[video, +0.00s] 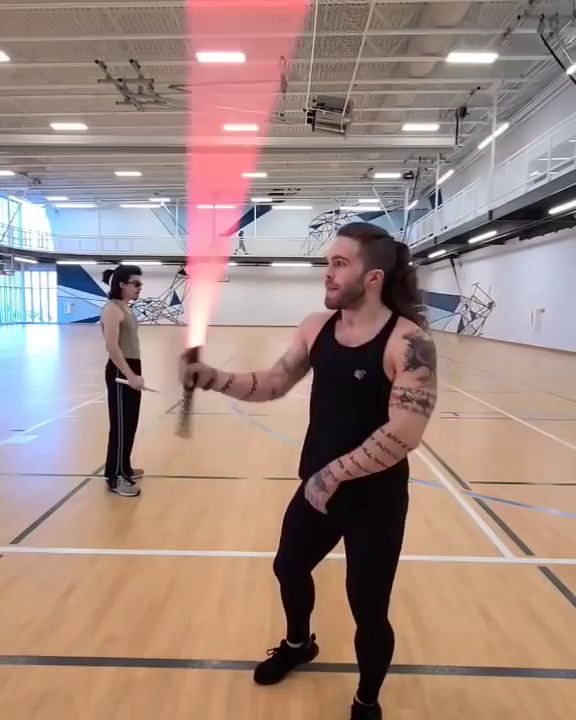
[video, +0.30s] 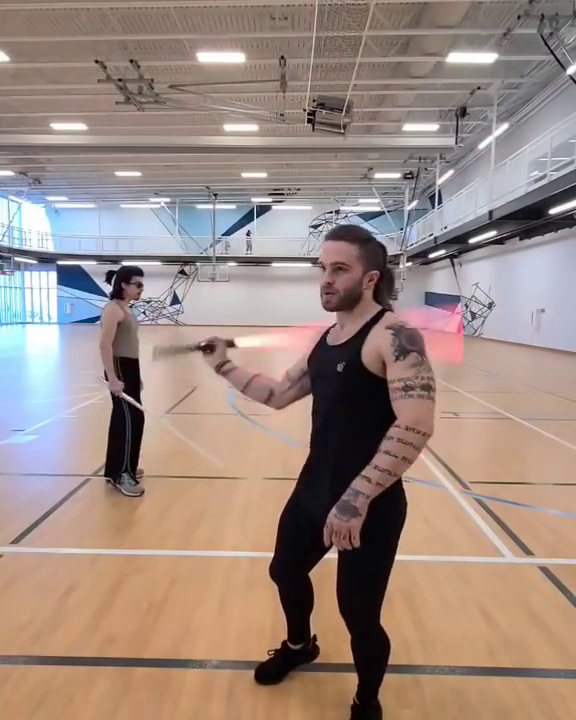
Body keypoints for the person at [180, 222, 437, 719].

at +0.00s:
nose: (327, 274)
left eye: (340, 265)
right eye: (328, 264)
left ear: (374, 277)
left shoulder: (409, 340)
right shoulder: (320, 326)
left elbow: (405, 432)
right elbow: (273, 382)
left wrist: (335, 472)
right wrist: (214, 378)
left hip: (377, 494)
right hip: (322, 483)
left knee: (368, 605)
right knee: (290, 565)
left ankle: (367, 700)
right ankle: (297, 642)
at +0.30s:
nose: (326, 279)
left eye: (339, 269)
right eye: (322, 269)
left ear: (370, 278)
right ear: (318, 273)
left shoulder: (396, 336)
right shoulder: (329, 340)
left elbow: (416, 427)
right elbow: (277, 393)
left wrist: (354, 499)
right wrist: (224, 365)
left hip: (372, 497)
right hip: (318, 485)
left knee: (359, 612)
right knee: (286, 568)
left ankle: (367, 700)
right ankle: (299, 643)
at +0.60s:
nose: (361, 278)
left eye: (375, 266)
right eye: (351, 267)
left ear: (399, 275)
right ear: (342, 272)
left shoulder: (417, 353)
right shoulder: (313, 319)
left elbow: (414, 441)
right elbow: (243, 355)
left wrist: (355, 488)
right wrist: (205, 419)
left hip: (373, 492)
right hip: (311, 480)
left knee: (368, 604)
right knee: (286, 567)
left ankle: (366, 699)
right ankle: (297, 639)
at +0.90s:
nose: (336, 277)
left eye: (348, 265)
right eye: (325, 266)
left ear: (369, 270)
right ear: (315, 274)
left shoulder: (402, 339)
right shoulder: (310, 338)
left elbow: (427, 426)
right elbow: (280, 403)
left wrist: (376, 496)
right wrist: (211, 421)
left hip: (373, 492)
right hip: (316, 483)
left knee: (365, 607)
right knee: (286, 574)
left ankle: (366, 699)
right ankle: (298, 642)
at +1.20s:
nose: (316, 275)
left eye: (329, 264)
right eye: (308, 266)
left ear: (353, 272)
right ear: (302, 273)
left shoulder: (377, 338)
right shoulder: (316, 333)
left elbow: (406, 419)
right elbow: (285, 394)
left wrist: (329, 464)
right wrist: (226, 406)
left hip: (361, 497)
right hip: (309, 489)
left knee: (358, 605)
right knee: (283, 571)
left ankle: (367, 700)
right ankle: (289, 649)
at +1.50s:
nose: (288, 275)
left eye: (301, 265)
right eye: (282, 266)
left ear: (328, 275)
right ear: (277, 275)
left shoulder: (344, 333)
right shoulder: (286, 332)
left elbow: (377, 394)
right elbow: (280, 415)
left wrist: (307, 368)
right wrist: (268, 477)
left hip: (321, 491)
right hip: (275, 485)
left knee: (336, 599)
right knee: (283, 576)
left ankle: (364, 696)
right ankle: (290, 655)